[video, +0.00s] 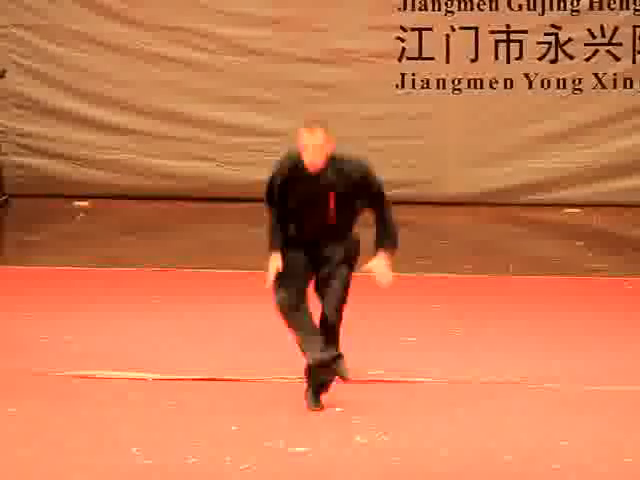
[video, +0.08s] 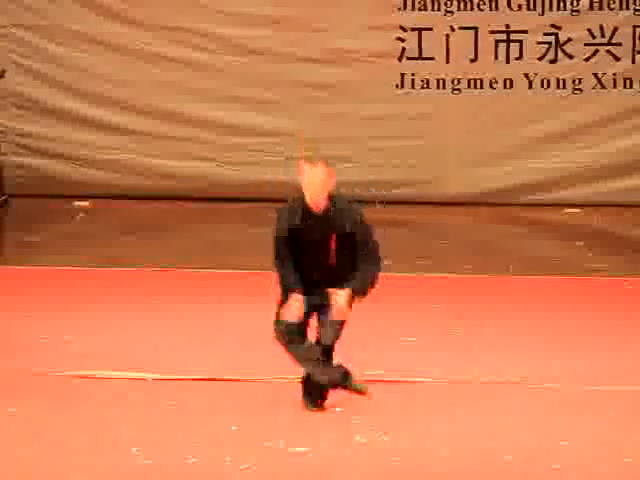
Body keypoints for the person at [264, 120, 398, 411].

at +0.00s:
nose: (311, 155)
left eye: (317, 147)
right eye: (305, 148)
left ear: (330, 145)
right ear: (298, 147)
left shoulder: (353, 173)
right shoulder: (286, 174)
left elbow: (380, 208)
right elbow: (276, 214)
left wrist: (385, 251)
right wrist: (275, 250)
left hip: (337, 246)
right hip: (298, 247)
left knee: (332, 312)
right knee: (287, 299)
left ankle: (316, 384)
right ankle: (321, 353)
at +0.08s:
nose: (314, 187)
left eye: (320, 179)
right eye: (309, 179)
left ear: (331, 180)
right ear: (301, 180)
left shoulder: (349, 217)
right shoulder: (289, 217)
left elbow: (370, 262)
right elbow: (283, 259)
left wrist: (351, 290)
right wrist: (294, 291)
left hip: (336, 289)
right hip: (302, 289)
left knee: (328, 338)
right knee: (287, 329)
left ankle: (315, 383)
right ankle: (332, 374)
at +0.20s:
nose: (319, 215)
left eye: (325, 208)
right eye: (313, 208)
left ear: (335, 208)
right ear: (305, 209)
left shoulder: (349, 238)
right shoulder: (294, 238)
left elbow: (359, 282)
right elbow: (289, 285)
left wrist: (328, 285)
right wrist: (305, 283)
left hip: (342, 315)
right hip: (305, 316)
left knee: (344, 363)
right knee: (290, 370)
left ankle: (319, 398)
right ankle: (342, 406)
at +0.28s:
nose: (322, 225)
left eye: (328, 218)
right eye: (316, 218)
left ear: (339, 219)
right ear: (308, 219)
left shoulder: (354, 250)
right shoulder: (295, 247)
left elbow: (365, 283)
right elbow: (282, 287)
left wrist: (332, 273)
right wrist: (307, 275)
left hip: (344, 331)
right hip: (306, 330)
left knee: (345, 382)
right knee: (291, 390)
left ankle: (305, 401)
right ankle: (352, 410)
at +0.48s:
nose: (325, 254)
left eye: (331, 248)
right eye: (319, 248)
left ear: (341, 251)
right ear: (311, 251)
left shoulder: (353, 284)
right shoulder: (299, 285)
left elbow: (368, 307)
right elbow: (274, 308)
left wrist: (332, 294)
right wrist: (308, 290)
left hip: (354, 362)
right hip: (318, 364)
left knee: (351, 406)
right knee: (287, 414)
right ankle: (345, 412)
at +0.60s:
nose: (325, 259)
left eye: (331, 253)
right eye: (319, 253)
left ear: (342, 256)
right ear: (312, 256)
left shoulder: (357, 288)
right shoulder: (304, 290)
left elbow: (370, 315)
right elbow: (280, 321)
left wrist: (334, 302)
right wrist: (311, 299)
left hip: (361, 365)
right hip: (325, 367)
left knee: (352, 405)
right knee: (286, 408)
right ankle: (347, 412)